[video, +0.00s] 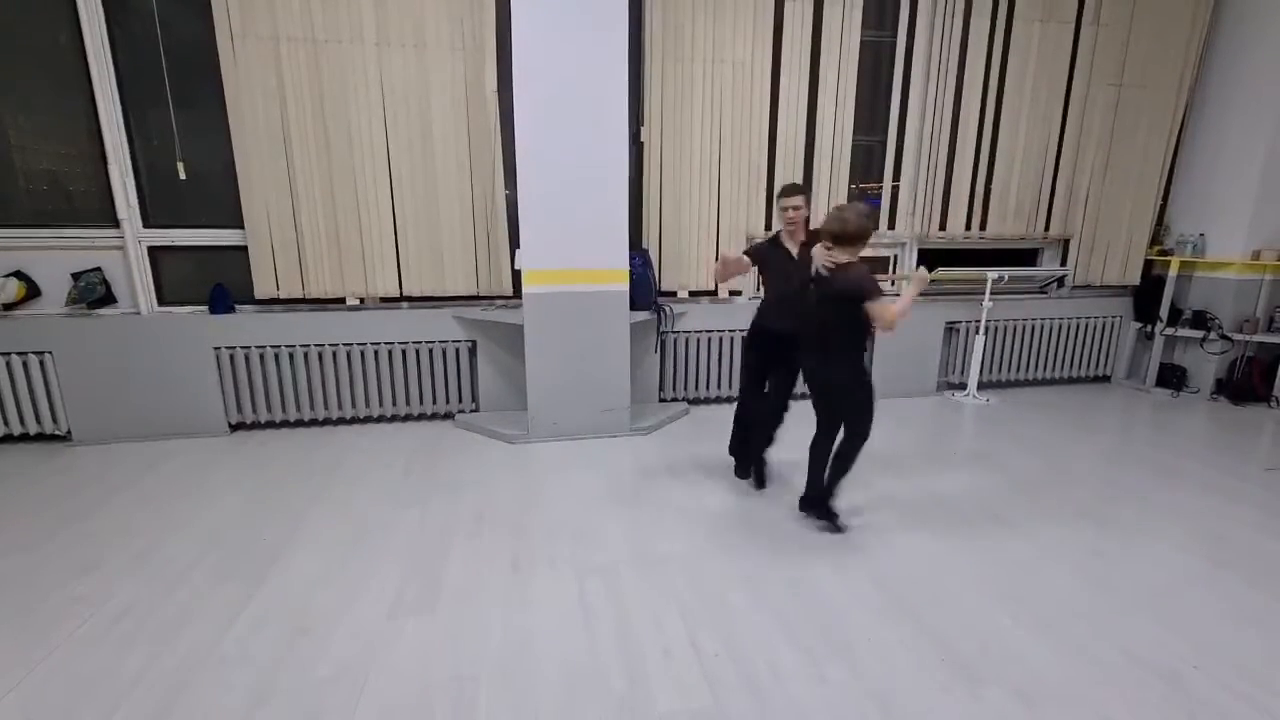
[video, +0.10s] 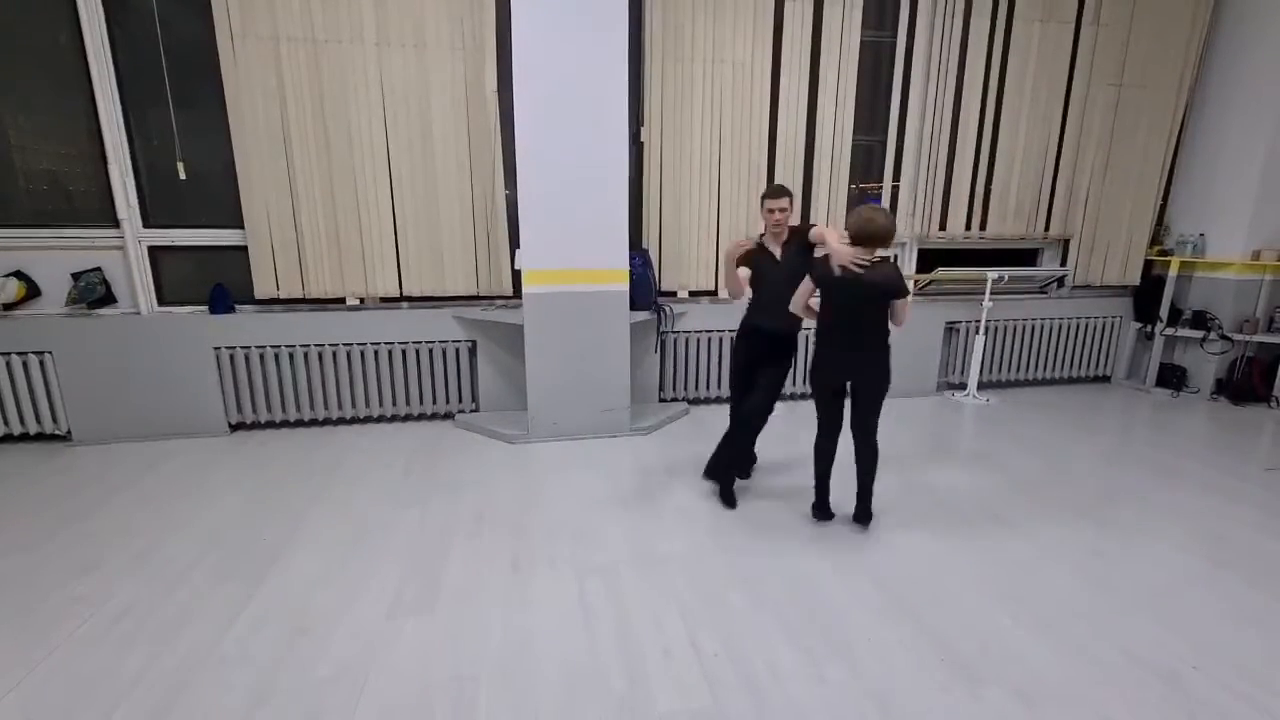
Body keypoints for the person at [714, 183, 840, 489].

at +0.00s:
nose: (791, 215)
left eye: (797, 209)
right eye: (785, 209)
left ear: (808, 211)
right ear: (778, 213)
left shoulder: (820, 246)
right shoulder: (766, 249)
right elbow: (723, 276)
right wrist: (726, 266)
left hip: (797, 334)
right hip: (765, 331)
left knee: (779, 400)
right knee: (751, 395)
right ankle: (742, 456)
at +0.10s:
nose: (777, 217)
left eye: (782, 211)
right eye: (771, 211)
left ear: (792, 212)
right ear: (762, 214)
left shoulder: (802, 236)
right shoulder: (753, 250)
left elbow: (825, 232)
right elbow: (735, 293)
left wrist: (835, 246)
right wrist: (730, 260)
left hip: (783, 335)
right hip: (751, 332)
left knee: (760, 406)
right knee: (742, 401)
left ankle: (722, 470)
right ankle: (743, 459)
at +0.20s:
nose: (764, 215)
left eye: (770, 209)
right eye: (758, 209)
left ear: (777, 210)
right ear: (748, 212)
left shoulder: (791, 234)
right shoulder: (739, 255)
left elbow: (831, 235)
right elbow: (739, 306)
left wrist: (863, 244)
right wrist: (732, 274)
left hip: (774, 338)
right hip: (742, 336)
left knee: (746, 413)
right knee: (735, 410)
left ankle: (716, 486)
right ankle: (744, 460)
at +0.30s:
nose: (757, 212)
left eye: (762, 205)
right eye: (750, 206)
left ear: (770, 206)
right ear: (739, 208)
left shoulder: (784, 231)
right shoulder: (729, 253)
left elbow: (832, 231)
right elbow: (719, 301)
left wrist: (875, 242)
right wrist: (730, 315)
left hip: (768, 337)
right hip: (735, 336)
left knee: (741, 410)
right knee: (731, 405)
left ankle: (719, 491)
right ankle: (744, 457)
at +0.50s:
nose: (747, 209)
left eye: (752, 203)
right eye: (740, 203)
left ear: (759, 203)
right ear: (726, 204)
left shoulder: (772, 233)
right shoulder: (714, 247)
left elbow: (824, 238)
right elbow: (689, 288)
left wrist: (872, 241)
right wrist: (683, 324)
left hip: (758, 338)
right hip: (723, 337)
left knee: (736, 412)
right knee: (728, 410)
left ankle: (716, 489)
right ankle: (741, 460)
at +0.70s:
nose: (750, 210)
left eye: (754, 204)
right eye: (743, 204)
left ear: (757, 206)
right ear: (724, 203)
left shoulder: (763, 240)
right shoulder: (703, 245)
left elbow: (798, 268)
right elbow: (670, 290)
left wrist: (851, 276)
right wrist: (663, 330)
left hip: (751, 338)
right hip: (716, 338)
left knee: (734, 414)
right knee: (724, 410)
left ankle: (716, 491)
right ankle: (740, 459)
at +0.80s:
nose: (754, 210)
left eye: (757, 204)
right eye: (748, 204)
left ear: (758, 206)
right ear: (726, 203)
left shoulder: (756, 244)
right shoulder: (702, 246)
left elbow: (770, 285)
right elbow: (693, 297)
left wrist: (806, 291)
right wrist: (709, 331)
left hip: (746, 336)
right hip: (712, 335)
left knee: (732, 414)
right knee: (720, 410)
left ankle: (715, 489)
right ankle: (737, 455)